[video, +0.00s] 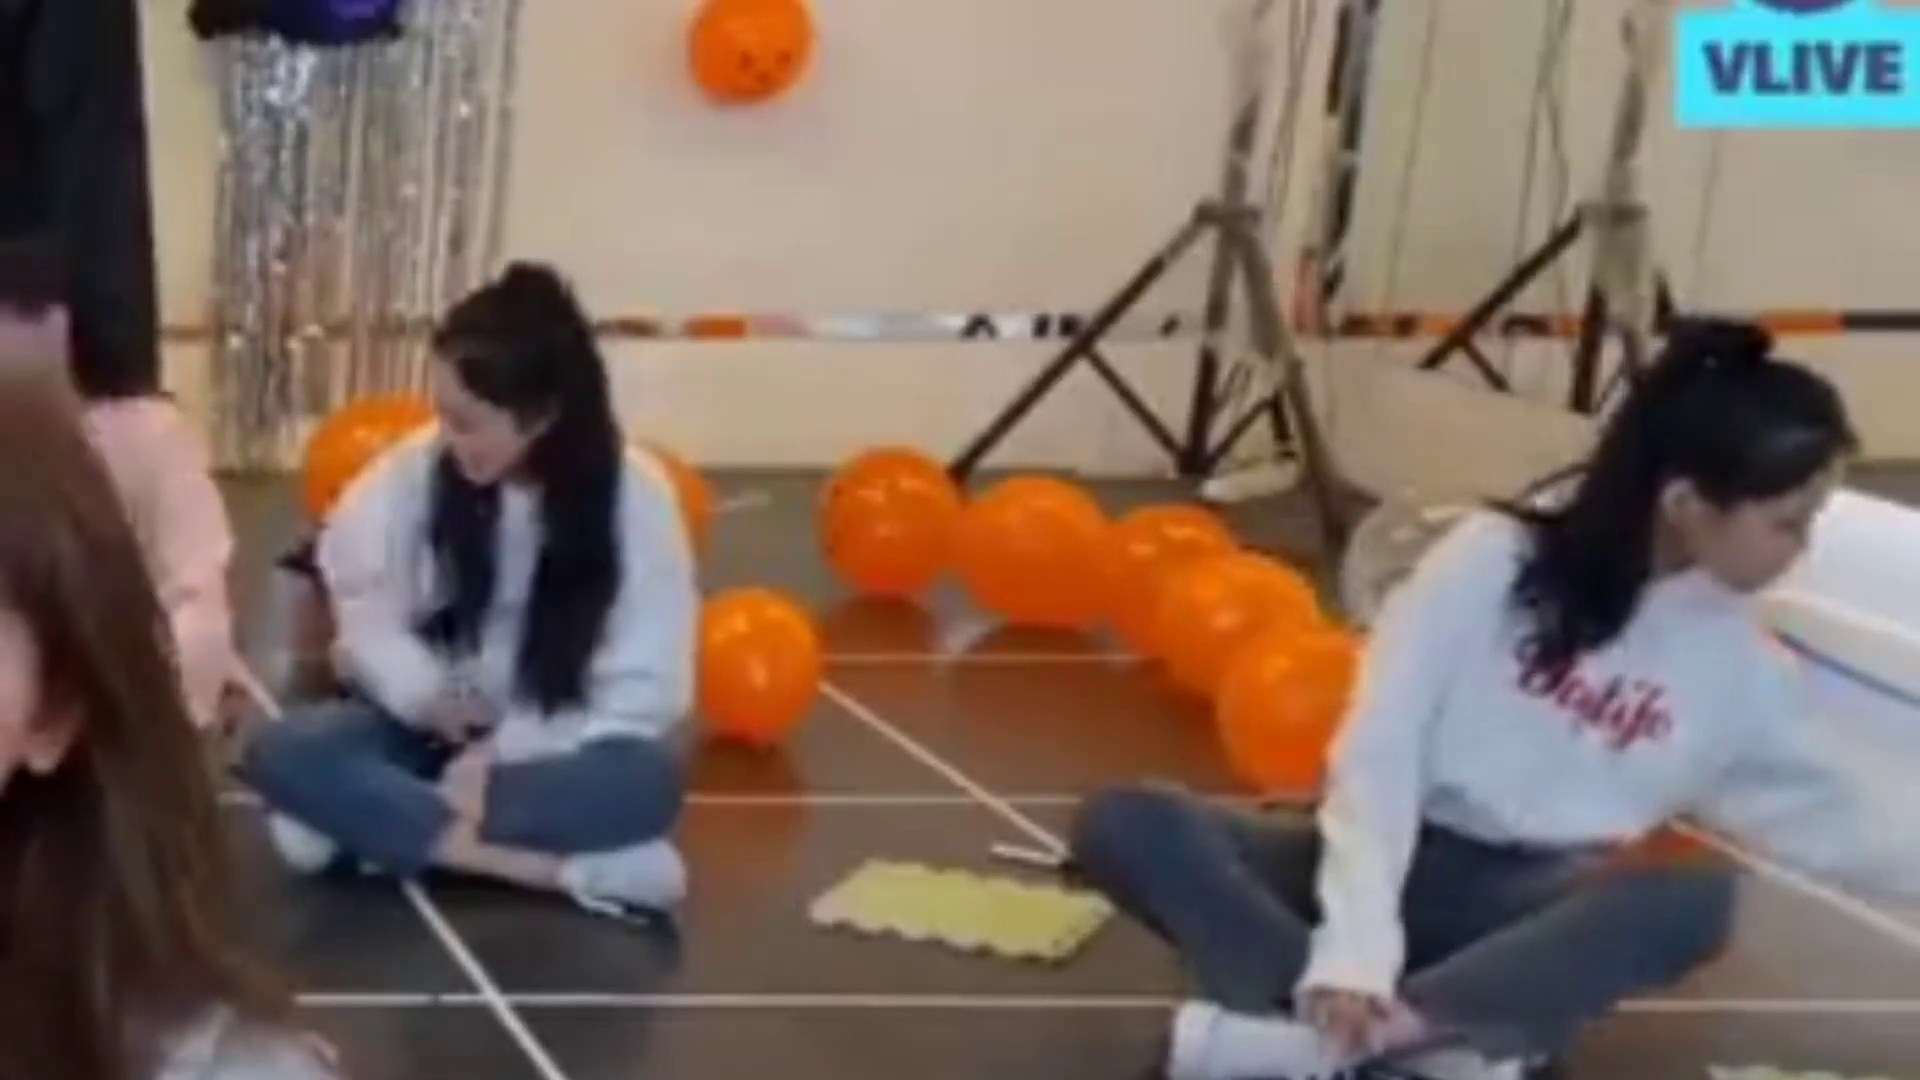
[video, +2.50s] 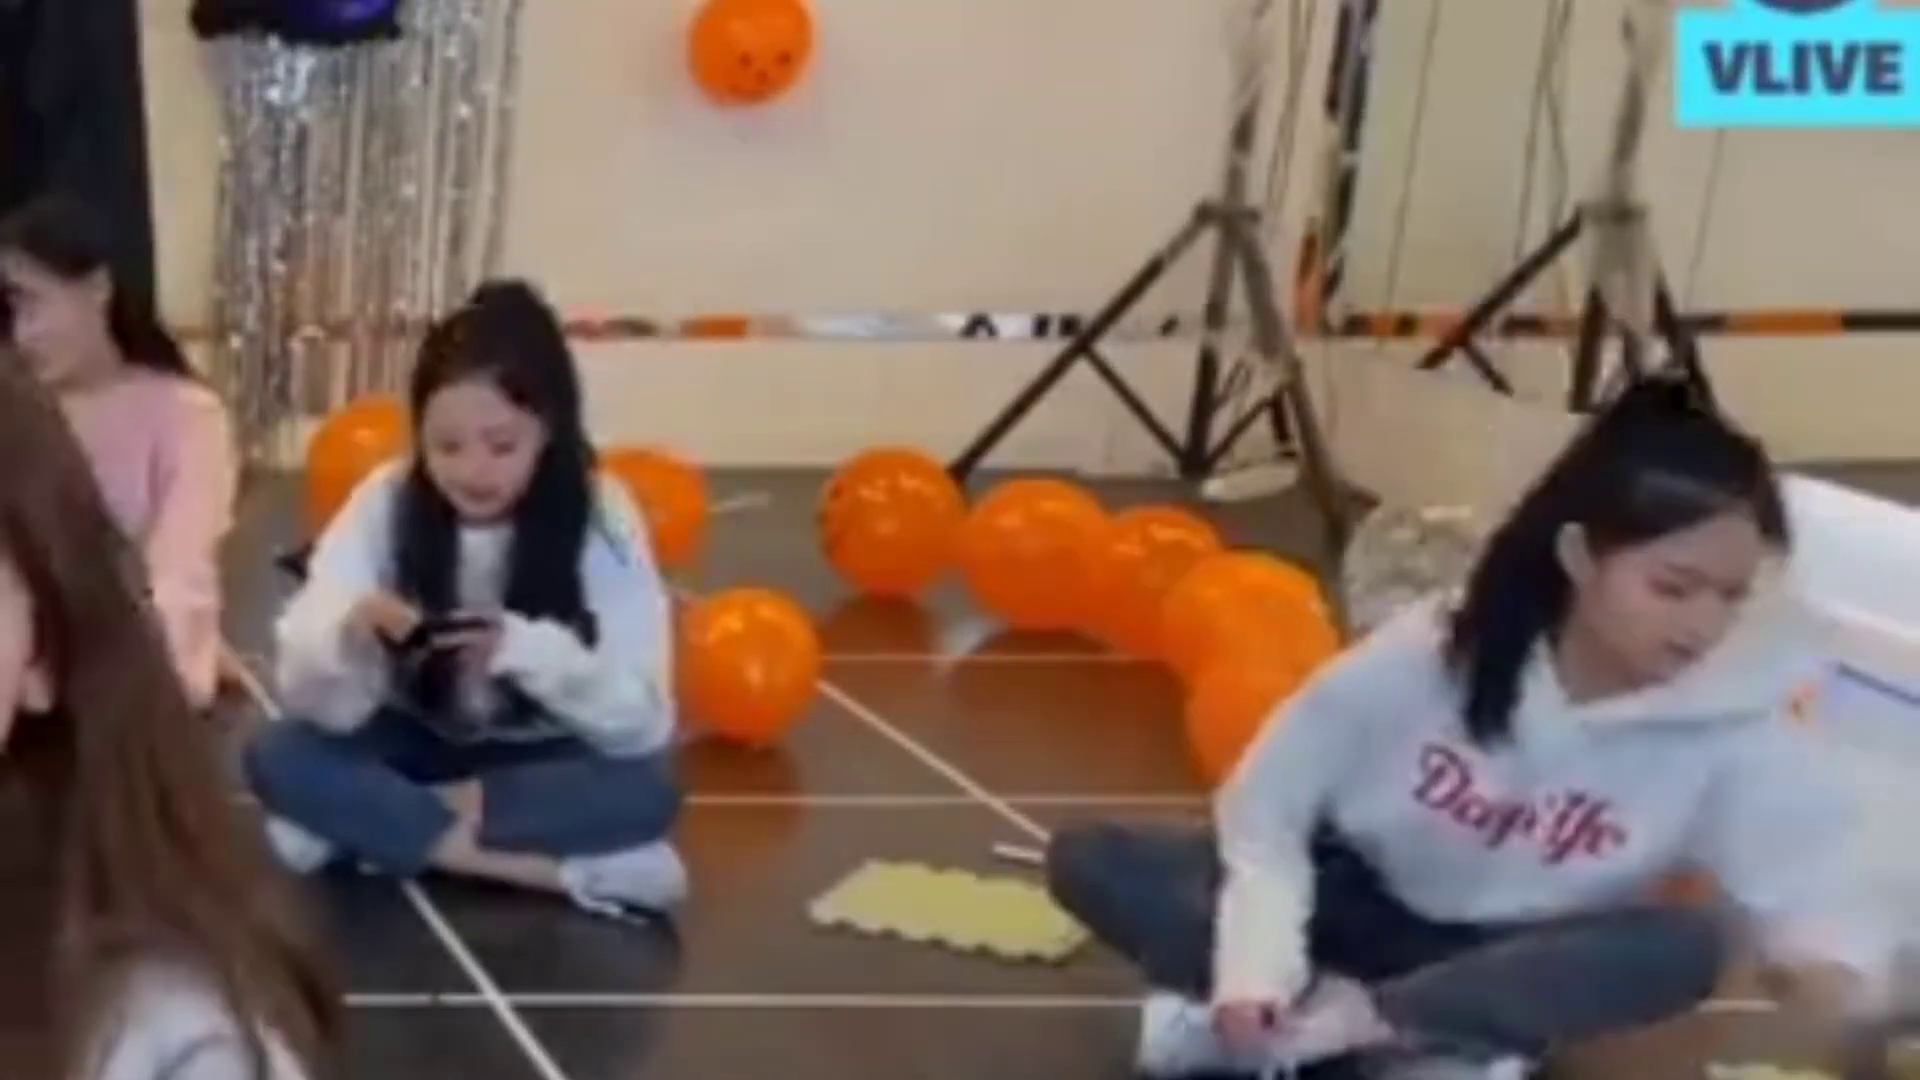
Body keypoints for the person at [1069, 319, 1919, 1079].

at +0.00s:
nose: (1803, 546)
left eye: (1812, 522)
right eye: (1788, 521)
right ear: (1688, 502)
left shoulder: (1740, 678)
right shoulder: (1488, 557)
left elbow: (1865, 831)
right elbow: (1376, 759)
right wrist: (1357, 949)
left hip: (1517, 893)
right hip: (1371, 851)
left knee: (1694, 899)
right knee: (1122, 822)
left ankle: (1330, 1040)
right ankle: (1404, 1045)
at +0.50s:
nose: (1796, 529)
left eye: (1807, 502)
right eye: (1777, 503)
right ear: (1676, 481)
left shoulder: (1745, 657)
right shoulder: (1482, 553)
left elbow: (1901, 766)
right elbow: (1382, 758)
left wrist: (1703, 810)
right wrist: (1355, 950)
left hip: (1513, 887)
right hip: (1366, 850)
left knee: (1687, 893)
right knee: (1139, 795)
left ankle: (1326, 1038)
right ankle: (1410, 1045)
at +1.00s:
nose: (1804, 537)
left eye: (1815, 511)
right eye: (1794, 508)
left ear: (1707, 485)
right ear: (1700, 481)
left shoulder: (1750, 651)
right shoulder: (1476, 557)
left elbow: (1883, 789)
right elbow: (1370, 764)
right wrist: (1354, 958)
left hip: (1515, 892)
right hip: (1364, 857)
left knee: (1696, 900)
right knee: (1143, 793)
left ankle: (1320, 1041)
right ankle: (1400, 1050)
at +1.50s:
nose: (1755, 530)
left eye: (1768, 505)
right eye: (1743, 502)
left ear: (1671, 477)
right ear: (1655, 469)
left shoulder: (1689, 624)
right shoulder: (1451, 558)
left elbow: (1670, 823)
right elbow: (1340, 772)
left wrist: (1839, 819)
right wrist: (1416, 922)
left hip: (1509, 892)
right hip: (1357, 855)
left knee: (1691, 893)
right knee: (1133, 807)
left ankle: (1359, 1026)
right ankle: (1425, 1036)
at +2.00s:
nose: (1585, 491)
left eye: (1609, 464)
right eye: (1563, 457)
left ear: (1629, 454)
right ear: (1464, 427)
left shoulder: (1619, 603)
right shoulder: (1319, 571)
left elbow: (1751, 773)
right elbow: (1229, 770)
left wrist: (1902, 829)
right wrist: (1286, 917)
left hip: (1469, 906)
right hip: (1300, 882)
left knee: (1670, 879)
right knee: (1086, 851)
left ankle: (1310, 1038)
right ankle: (1399, 1044)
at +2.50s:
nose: (1701, 629)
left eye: (1729, 601)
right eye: (1675, 589)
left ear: (1753, 596)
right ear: (1578, 554)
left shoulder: (1725, 748)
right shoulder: (1417, 666)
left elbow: (1803, 896)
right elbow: (1263, 809)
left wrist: (1831, 972)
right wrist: (1256, 981)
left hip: (1502, 948)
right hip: (1344, 894)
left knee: (1692, 947)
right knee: (1092, 857)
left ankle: (1329, 1024)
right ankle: (1406, 1041)